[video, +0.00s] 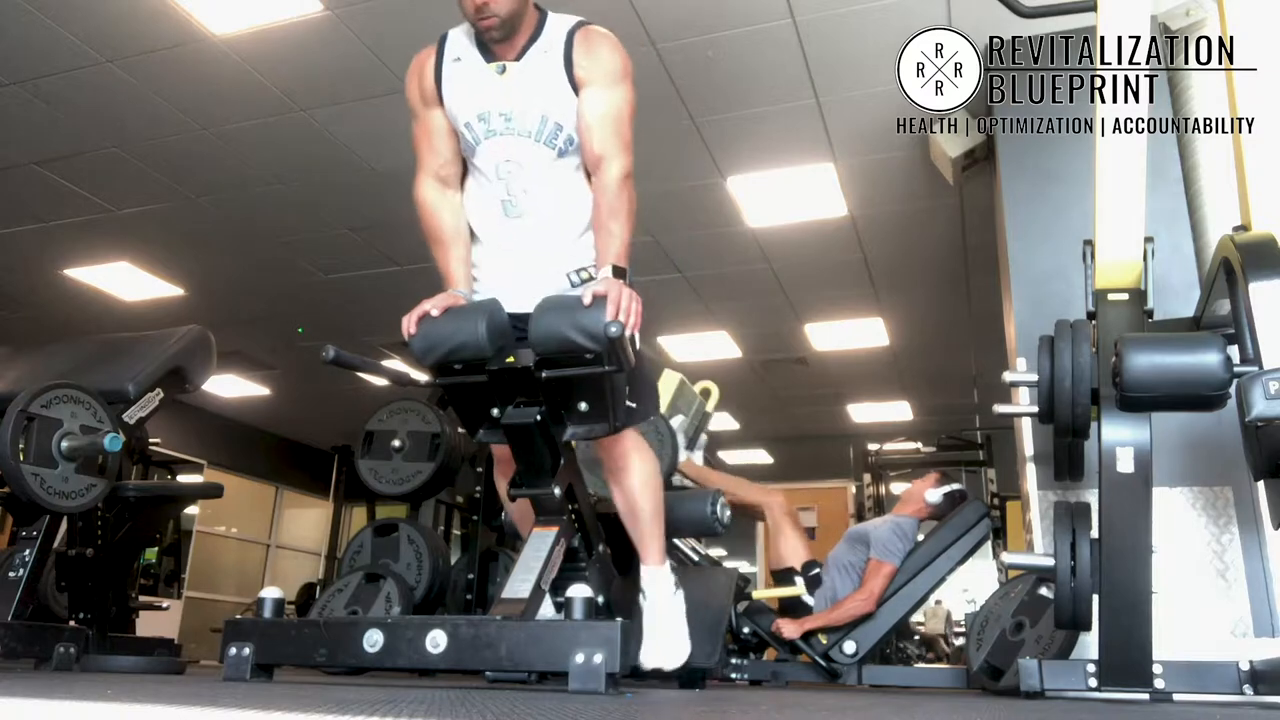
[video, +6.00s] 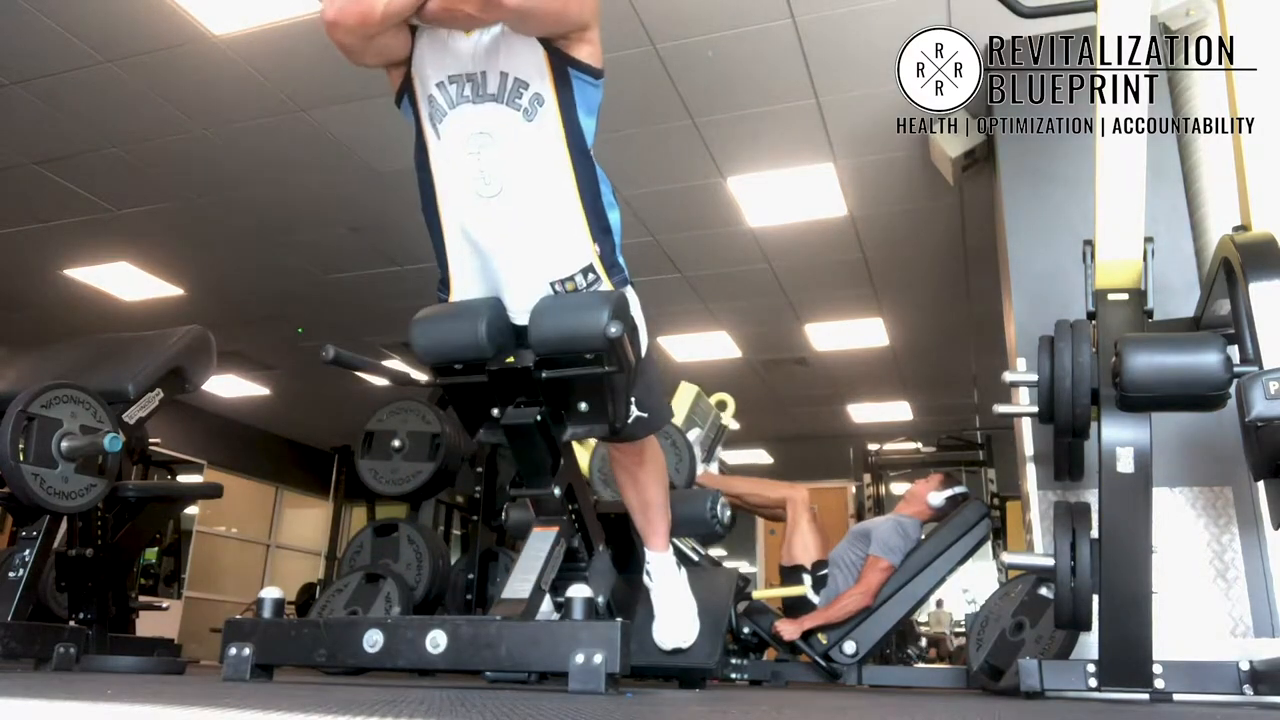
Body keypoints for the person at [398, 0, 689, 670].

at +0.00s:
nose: (480, 5)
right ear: (458, 1)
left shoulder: (591, 50)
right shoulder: (433, 68)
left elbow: (610, 166)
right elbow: (438, 180)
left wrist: (612, 270)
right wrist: (456, 283)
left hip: (582, 281)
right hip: (490, 292)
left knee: (615, 421)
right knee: (501, 439)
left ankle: (657, 583)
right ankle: (543, 551)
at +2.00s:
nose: (447, 5)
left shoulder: (573, 23)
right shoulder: (406, 52)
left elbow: (618, 158)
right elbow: (418, 176)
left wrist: (618, 274)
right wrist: (451, 283)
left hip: (587, 282)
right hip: (489, 296)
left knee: (634, 434)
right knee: (505, 442)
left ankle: (662, 566)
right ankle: (551, 545)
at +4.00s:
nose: (328, 181)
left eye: (342, 155)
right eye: (308, 164)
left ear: (391, 108)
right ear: (289, 142)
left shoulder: (490, 160)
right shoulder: (300, 206)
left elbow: (467, 348)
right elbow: (300, 374)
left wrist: (346, 280)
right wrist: (388, 277)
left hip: (577, 308)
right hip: (474, 329)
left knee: (628, 420)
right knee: (519, 443)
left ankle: (661, 562)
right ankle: (549, 526)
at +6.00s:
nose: (450, 6)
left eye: (457, 1)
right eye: (441, 5)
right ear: (431, 4)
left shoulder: (570, 16)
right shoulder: (413, 48)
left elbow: (486, 11)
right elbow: (340, 15)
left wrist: (412, 6)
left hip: (582, 277)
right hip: (477, 293)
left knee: (628, 422)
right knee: (514, 437)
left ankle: (659, 561)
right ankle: (545, 542)